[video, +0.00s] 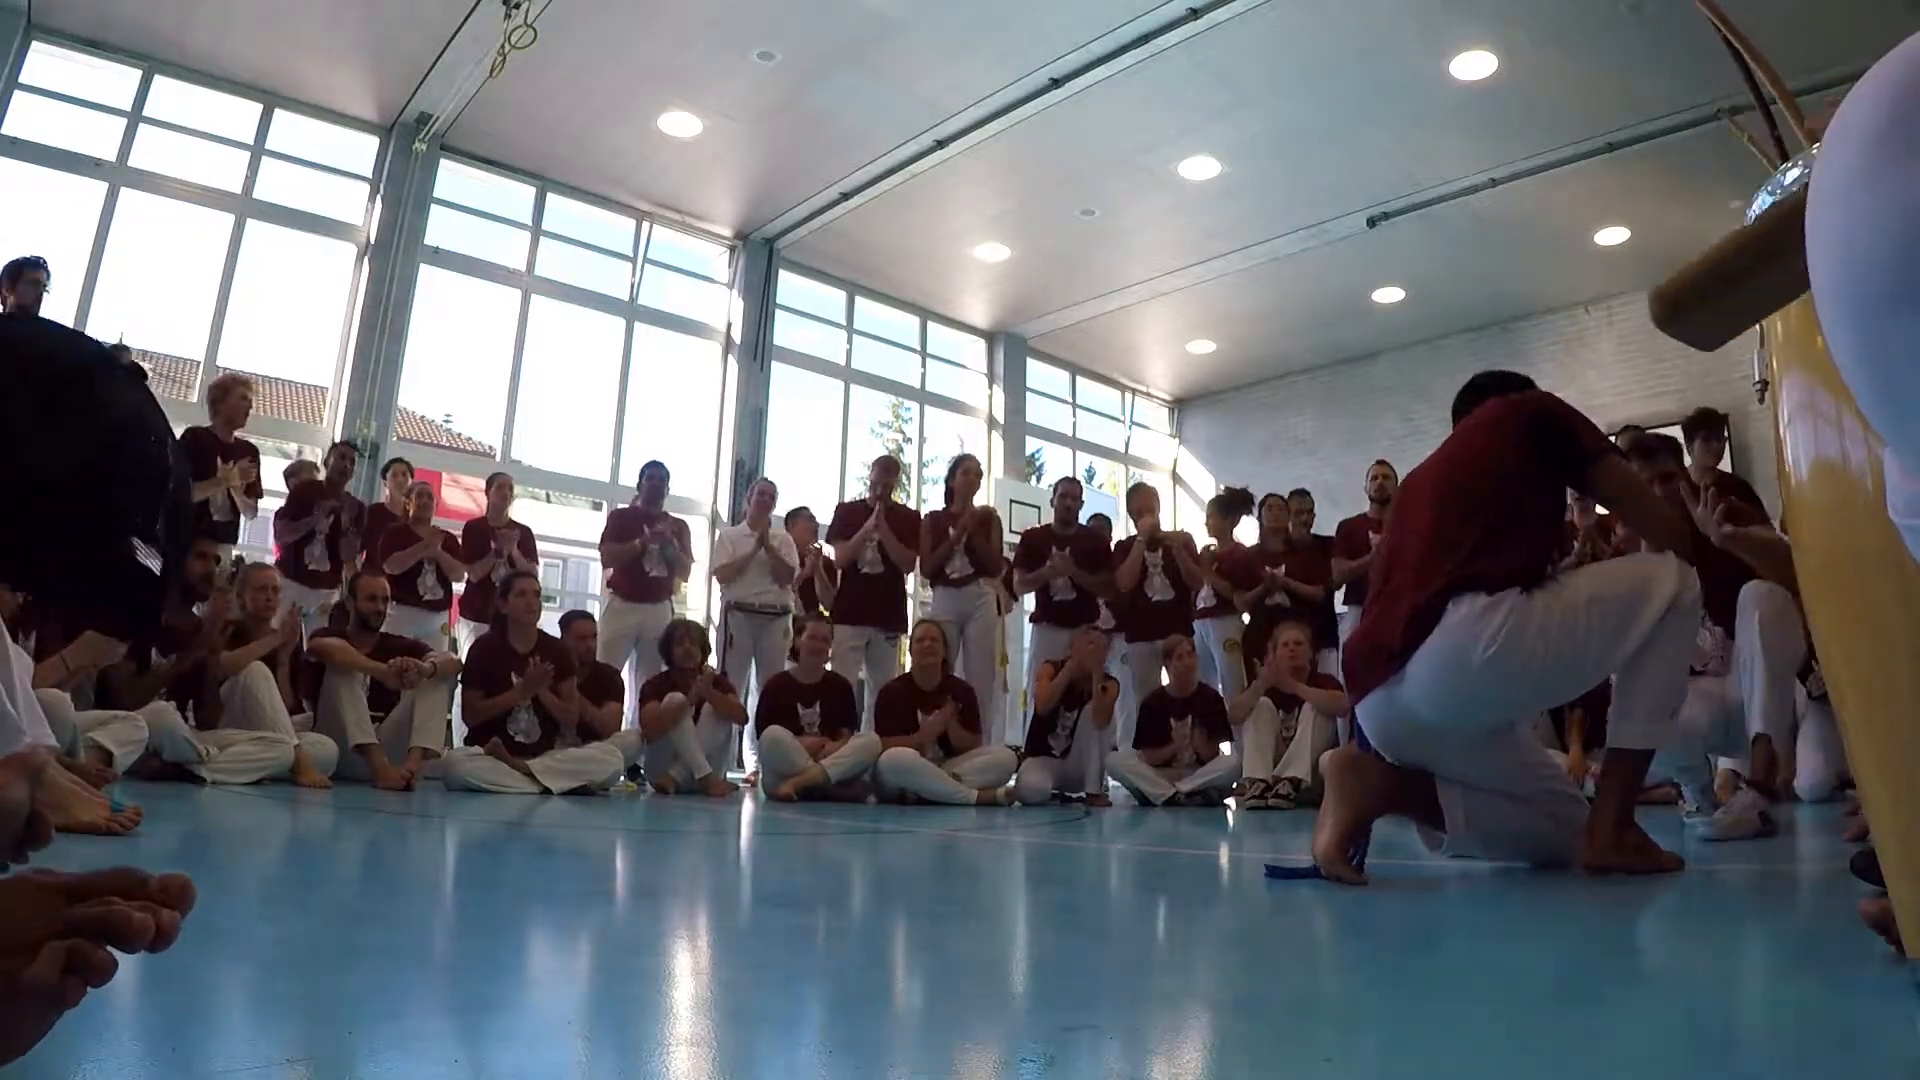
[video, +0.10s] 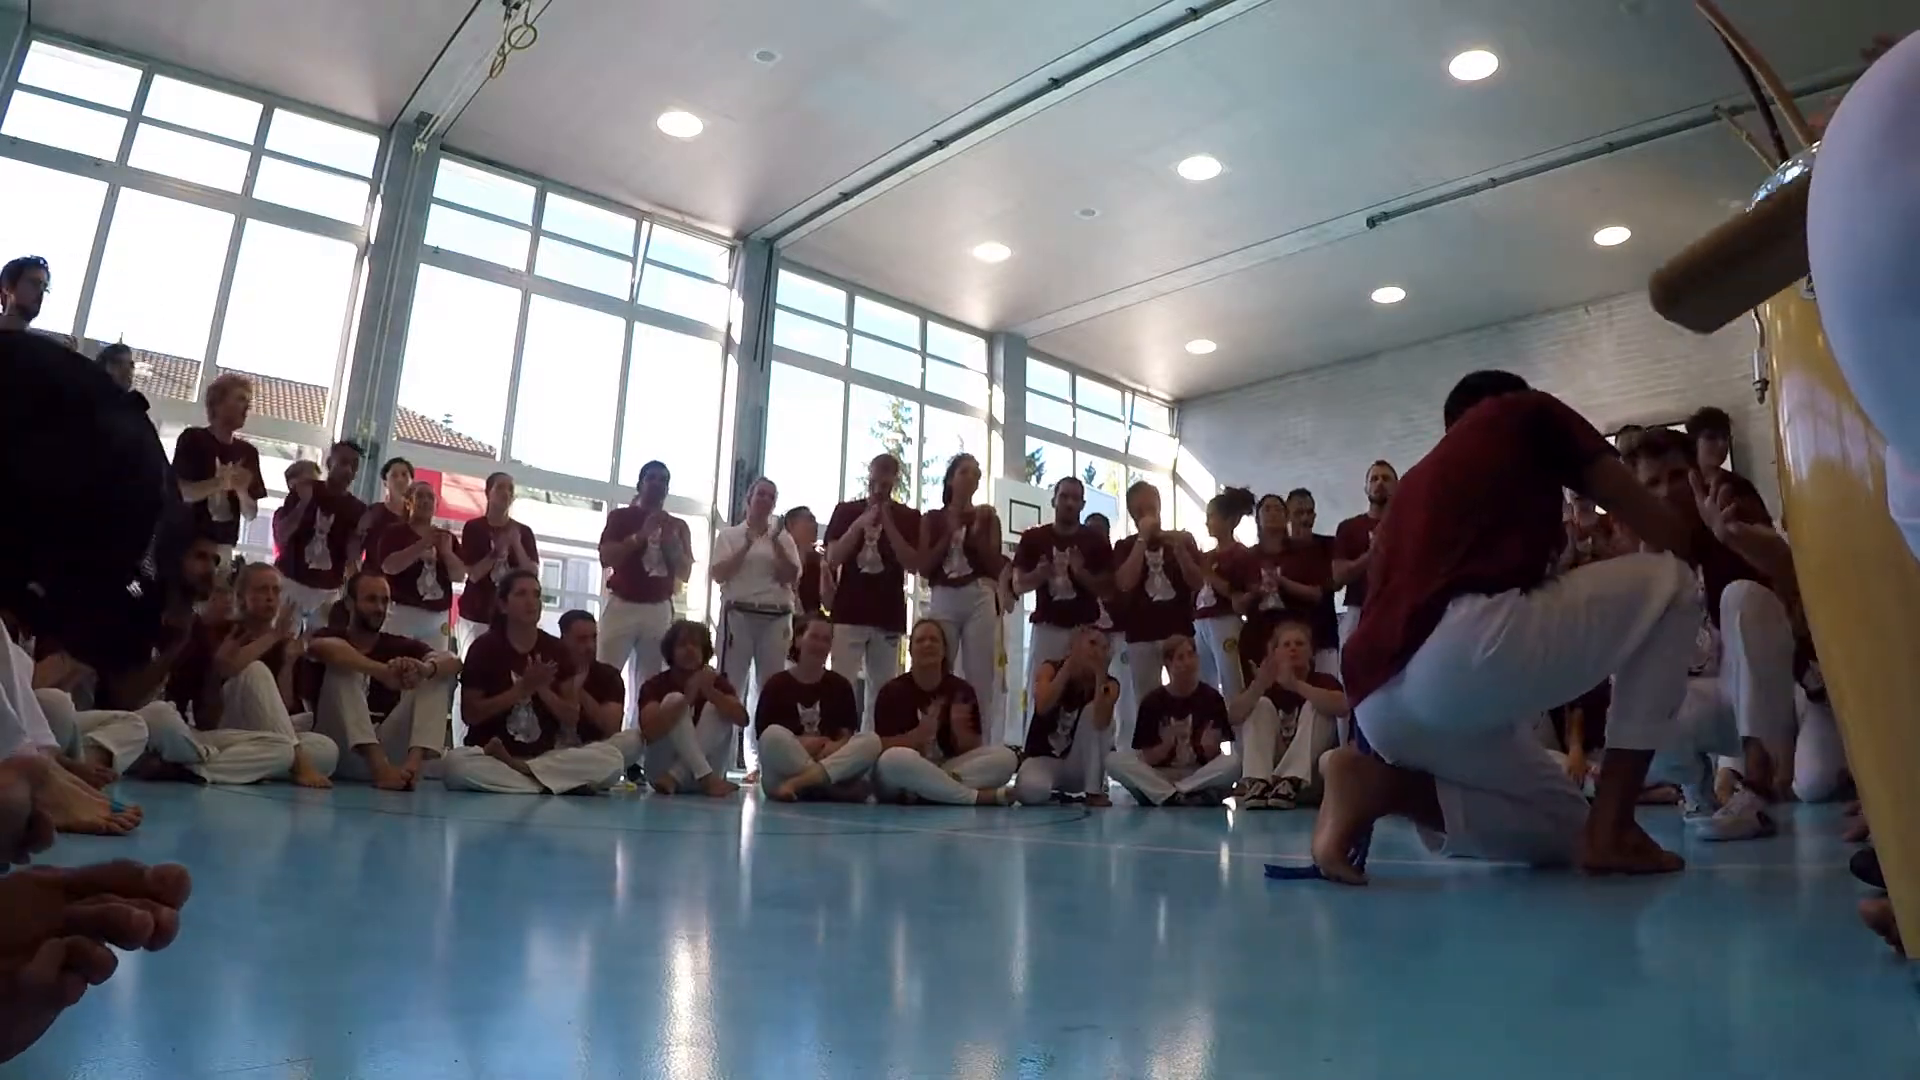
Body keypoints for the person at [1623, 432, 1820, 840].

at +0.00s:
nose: (1659, 493)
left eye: (1667, 480)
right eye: (1646, 485)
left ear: (1686, 475)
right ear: (1632, 490)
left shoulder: (1727, 493)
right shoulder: (1637, 531)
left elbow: (1783, 567)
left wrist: (1722, 535)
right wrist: (1644, 533)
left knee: (1760, 596)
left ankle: (1762, 769)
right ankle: (1697, 783)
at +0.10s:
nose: (1669, 491)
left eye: (1677, 476)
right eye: (1654, 484)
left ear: (1697, 474)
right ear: (1635, 491)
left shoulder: (1728, 507)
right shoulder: (1636, 541)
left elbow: (1785, 572)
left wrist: (1731, 535)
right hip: (1689, 684)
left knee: (1744, 596)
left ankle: (1754, 790)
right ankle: (1695, 778)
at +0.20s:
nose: (1673, 485)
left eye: (1684, 473)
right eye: (1661, 477)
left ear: (1705, 474)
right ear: (1645, 483)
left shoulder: (1733, 503)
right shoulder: (1639, 533)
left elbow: (1771, 564)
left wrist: (1728, 540)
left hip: (1754, 686)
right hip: (1684, 692)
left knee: (1737, 596)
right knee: (1629, 712)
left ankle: (1753, 793)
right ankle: (1697, 778)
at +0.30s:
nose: (1678, 482)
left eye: (1692, 468)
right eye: (1668, 471)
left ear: (1723, 467)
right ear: (1655, 477)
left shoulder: (1747, 504)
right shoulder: (1649, 523)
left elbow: (1760, 556)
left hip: (1766, 685)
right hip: (1695, 689)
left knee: (1733, 598)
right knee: (1619, 722)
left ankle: (1749, 793)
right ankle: (1699, 780)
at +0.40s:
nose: (1682, 480)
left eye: (1695, 466)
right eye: (1671, 468)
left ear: (1724, 467)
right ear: (1660, 473)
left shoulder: (1755, 509)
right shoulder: (1658, 525)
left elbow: (1764, 569)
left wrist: (1671, 562)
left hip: (1770, 674)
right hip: (1697, 679)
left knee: (1728, 603)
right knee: (1625, 708)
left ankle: (1748, 793)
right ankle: (1704, 775)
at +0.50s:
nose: (1682, 480)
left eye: (1696, 466)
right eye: (1671, 468)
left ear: (1724, 466)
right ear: (1660, 472)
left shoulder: (1756, 507)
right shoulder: (1660, 523)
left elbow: (1773, 574)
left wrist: (1676, 567)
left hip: (1772, 681)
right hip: (1696, 683)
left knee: (1726, 603)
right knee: (1621, 737)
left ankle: (1744, 793)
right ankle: (1704, 777)